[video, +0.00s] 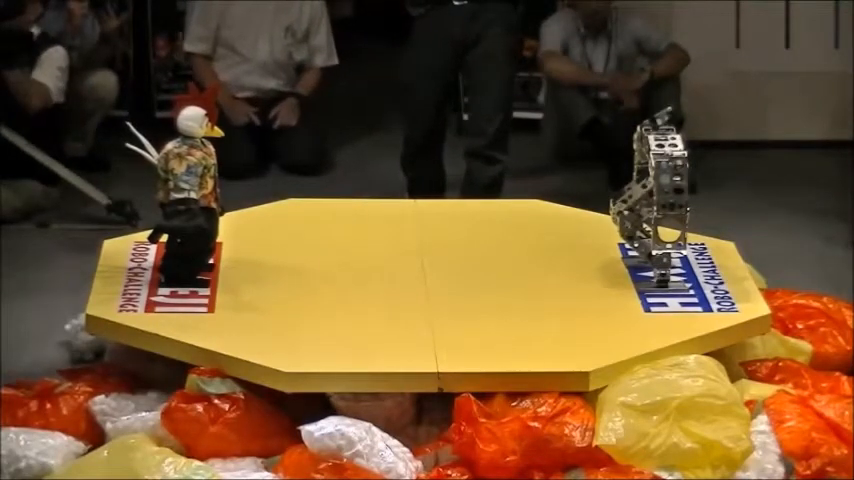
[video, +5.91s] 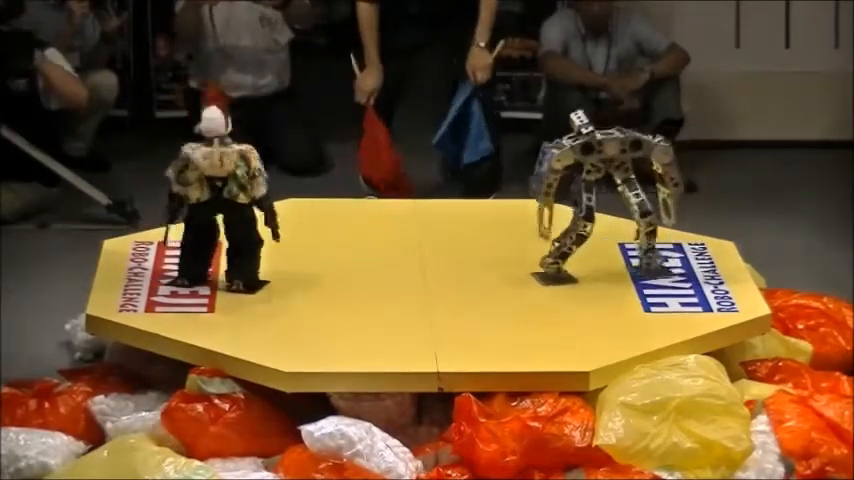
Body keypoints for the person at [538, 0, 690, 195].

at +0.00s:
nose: (597, 8)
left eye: (602, 4)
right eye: (589, 4)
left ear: (610, 5)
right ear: (574, 5)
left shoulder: (628, 25)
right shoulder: (559, 24)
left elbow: (679, 56)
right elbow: (552, 65)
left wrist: (644, 76)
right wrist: (609, 81)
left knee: (666, 80)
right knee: (561, 82)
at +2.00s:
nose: (595, 7)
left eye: (601, 2)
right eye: (588, 2)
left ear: (610, 4)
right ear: (575, 5)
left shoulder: (626, 24)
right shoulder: (557, 26)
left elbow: (679, 56)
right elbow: (555, 67)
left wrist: (644, 76)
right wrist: (612, 84)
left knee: (667, 82)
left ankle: (668, 167)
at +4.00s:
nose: (598, 9)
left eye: (604, 3)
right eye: (590, 3)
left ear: (611, 5)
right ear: (577, 5)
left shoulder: (628, 24)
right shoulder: (562, 22)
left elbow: (679, 56)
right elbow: (551, 64)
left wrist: (643, 76)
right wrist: (608, 83)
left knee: (667, 81)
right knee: (564, 88)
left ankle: (668, 166)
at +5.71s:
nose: (596, 11)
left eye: (602, 4)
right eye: (589, 5)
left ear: (611, 5)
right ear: (576, 6)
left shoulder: (628, 23)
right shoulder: (558, 25)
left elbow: (679, 56)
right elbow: (550, 64)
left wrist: (645, 74)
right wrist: (608, 83)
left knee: (667, 81)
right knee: (562, 86)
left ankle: (672, 158)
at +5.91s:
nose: (597, 11)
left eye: (603, 5)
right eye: (589, 5)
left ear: (613, 6)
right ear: (577, 6)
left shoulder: (629, 22)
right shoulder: (559, 24)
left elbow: (680, 56)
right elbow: (550, 64)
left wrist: (645, 75)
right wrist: (608, 83)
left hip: (627, 108)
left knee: (667, 80)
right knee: (563, 85)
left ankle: (660, 161)